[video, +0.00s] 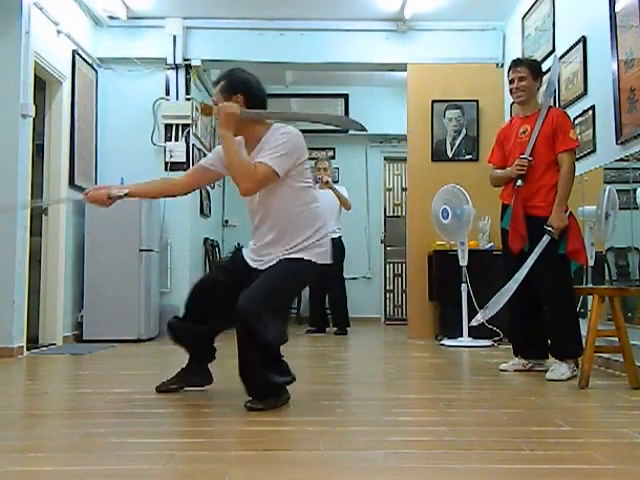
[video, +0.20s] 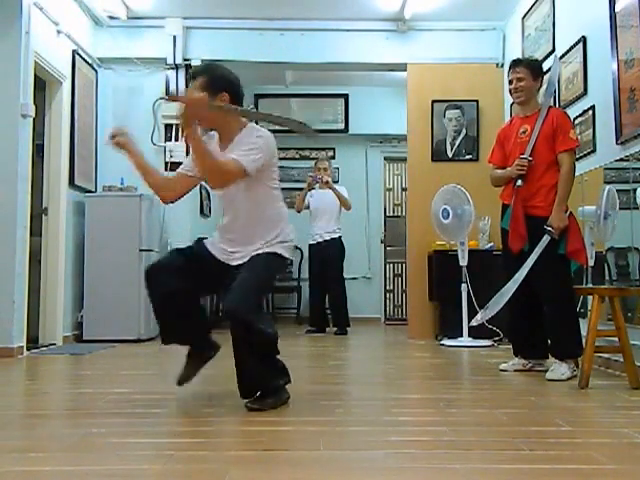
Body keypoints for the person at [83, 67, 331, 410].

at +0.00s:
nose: (214, 110)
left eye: (217, 102)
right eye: (213, 104)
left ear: (239, 101)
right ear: (239, 104)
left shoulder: (287, 138)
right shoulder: (235, 149)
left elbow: (248, 184)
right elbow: (181, 184)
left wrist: (226, 133)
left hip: (303, 251)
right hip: (260, 250)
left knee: (252, 305)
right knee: (206, 294)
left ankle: (272, 389)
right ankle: (196, 368)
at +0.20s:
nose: (188, 104)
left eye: (195, 97)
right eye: (189, 98)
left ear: (222, 99)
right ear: (215, 102)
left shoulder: (259, 140)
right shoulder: (208, 144)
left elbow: (218, 178)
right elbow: (169, 191)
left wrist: (191, 131)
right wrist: (133, 153)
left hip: (269, 245)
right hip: (226, 244)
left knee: (238, 304)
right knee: (162, 274)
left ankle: (272, 386)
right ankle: (200, 344)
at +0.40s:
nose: (154, 127)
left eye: (155, 119)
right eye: (151, 121)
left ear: (179, 108)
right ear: (174, 109)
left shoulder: (212, 138)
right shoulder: (170, 138)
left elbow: (154, 167)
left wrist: (91, 171)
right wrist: (135, 75)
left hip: (228, 243)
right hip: (188, 246)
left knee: (222, 304)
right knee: (132, 296)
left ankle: (271, 385)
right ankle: (115, 371)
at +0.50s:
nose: (123, 134)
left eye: (124, 124)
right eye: (119, 126)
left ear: (146, 110)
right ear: (141, 112)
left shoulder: (181, 139)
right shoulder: (146, 136)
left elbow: (133, 180)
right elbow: (86, 97)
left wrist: (83, 189)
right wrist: (119, 67)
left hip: (200, 245)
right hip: (158, 246)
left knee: (211, 304)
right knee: (109, 294)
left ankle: (259, 380)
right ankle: (111, 372)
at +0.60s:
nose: (94, 122)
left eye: (97, 112)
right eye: (93, 115)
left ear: (122, 103)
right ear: (117, 106)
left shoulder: (158, 133)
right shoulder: (117, 136)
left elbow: (116, 183)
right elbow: (56, 135)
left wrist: (83, 189)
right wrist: (79, 134)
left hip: (179, 240)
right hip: (139, 243)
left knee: (170, 302)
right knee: (98, 298)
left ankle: (207, 361)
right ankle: (109, 373)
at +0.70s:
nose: (78, 115)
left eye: (80, 105)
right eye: (76, 107)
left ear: (103, 100)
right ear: (100, 103)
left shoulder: (139, 132)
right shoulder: (101, 140)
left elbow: (97, 180)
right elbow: (73, 165)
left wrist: (77, 176)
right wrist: (32, 166)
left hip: (157, 241)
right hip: (122, 241)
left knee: (137, 307)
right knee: (87, 297)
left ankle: (135, 358)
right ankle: (107, 372)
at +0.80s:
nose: (67, 120)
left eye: (69, 110)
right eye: (66, 112)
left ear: (92, 106)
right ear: (89, 108)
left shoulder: (126, 134)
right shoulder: (91, 142)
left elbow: (85, 176)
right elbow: (71, 161)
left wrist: (66, 169)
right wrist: (44, 165)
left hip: (142, 246)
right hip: (106, 242)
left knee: (107, 313)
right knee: (78, 300)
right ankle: (107, 372)